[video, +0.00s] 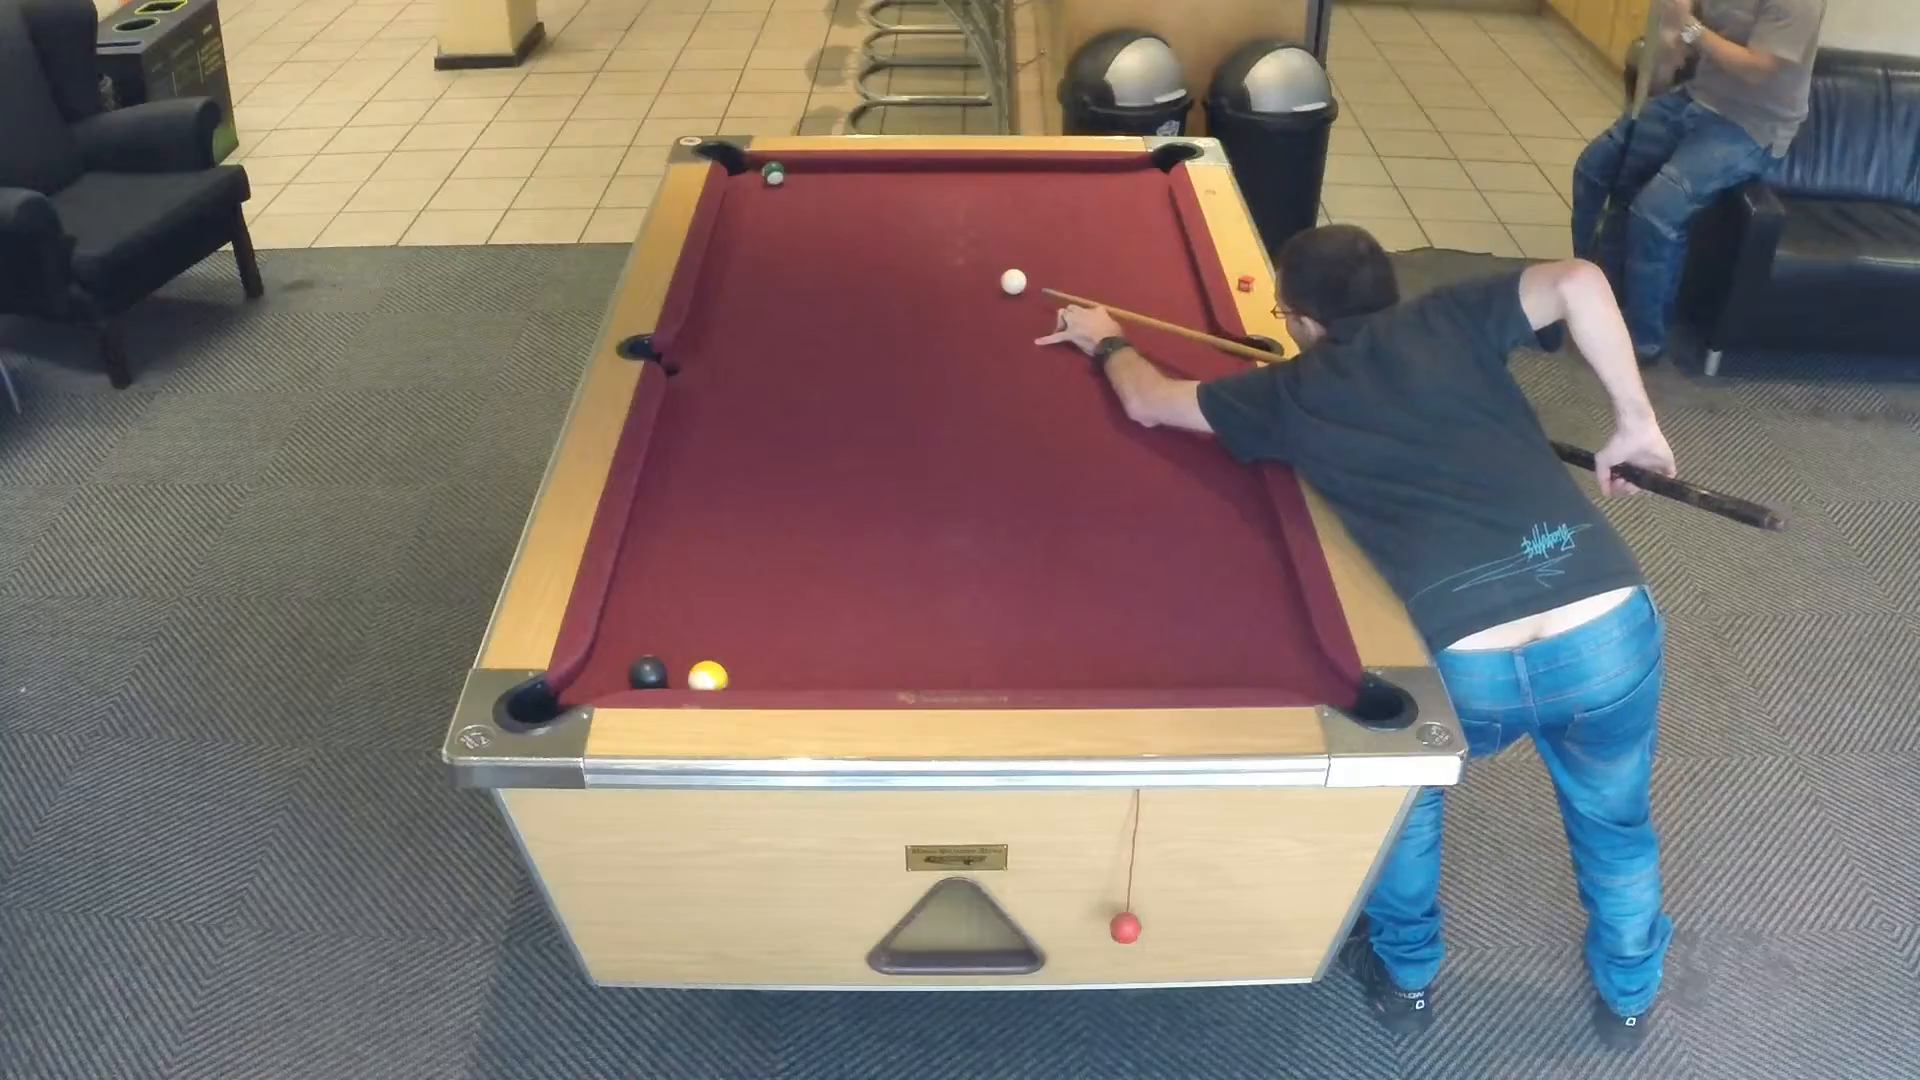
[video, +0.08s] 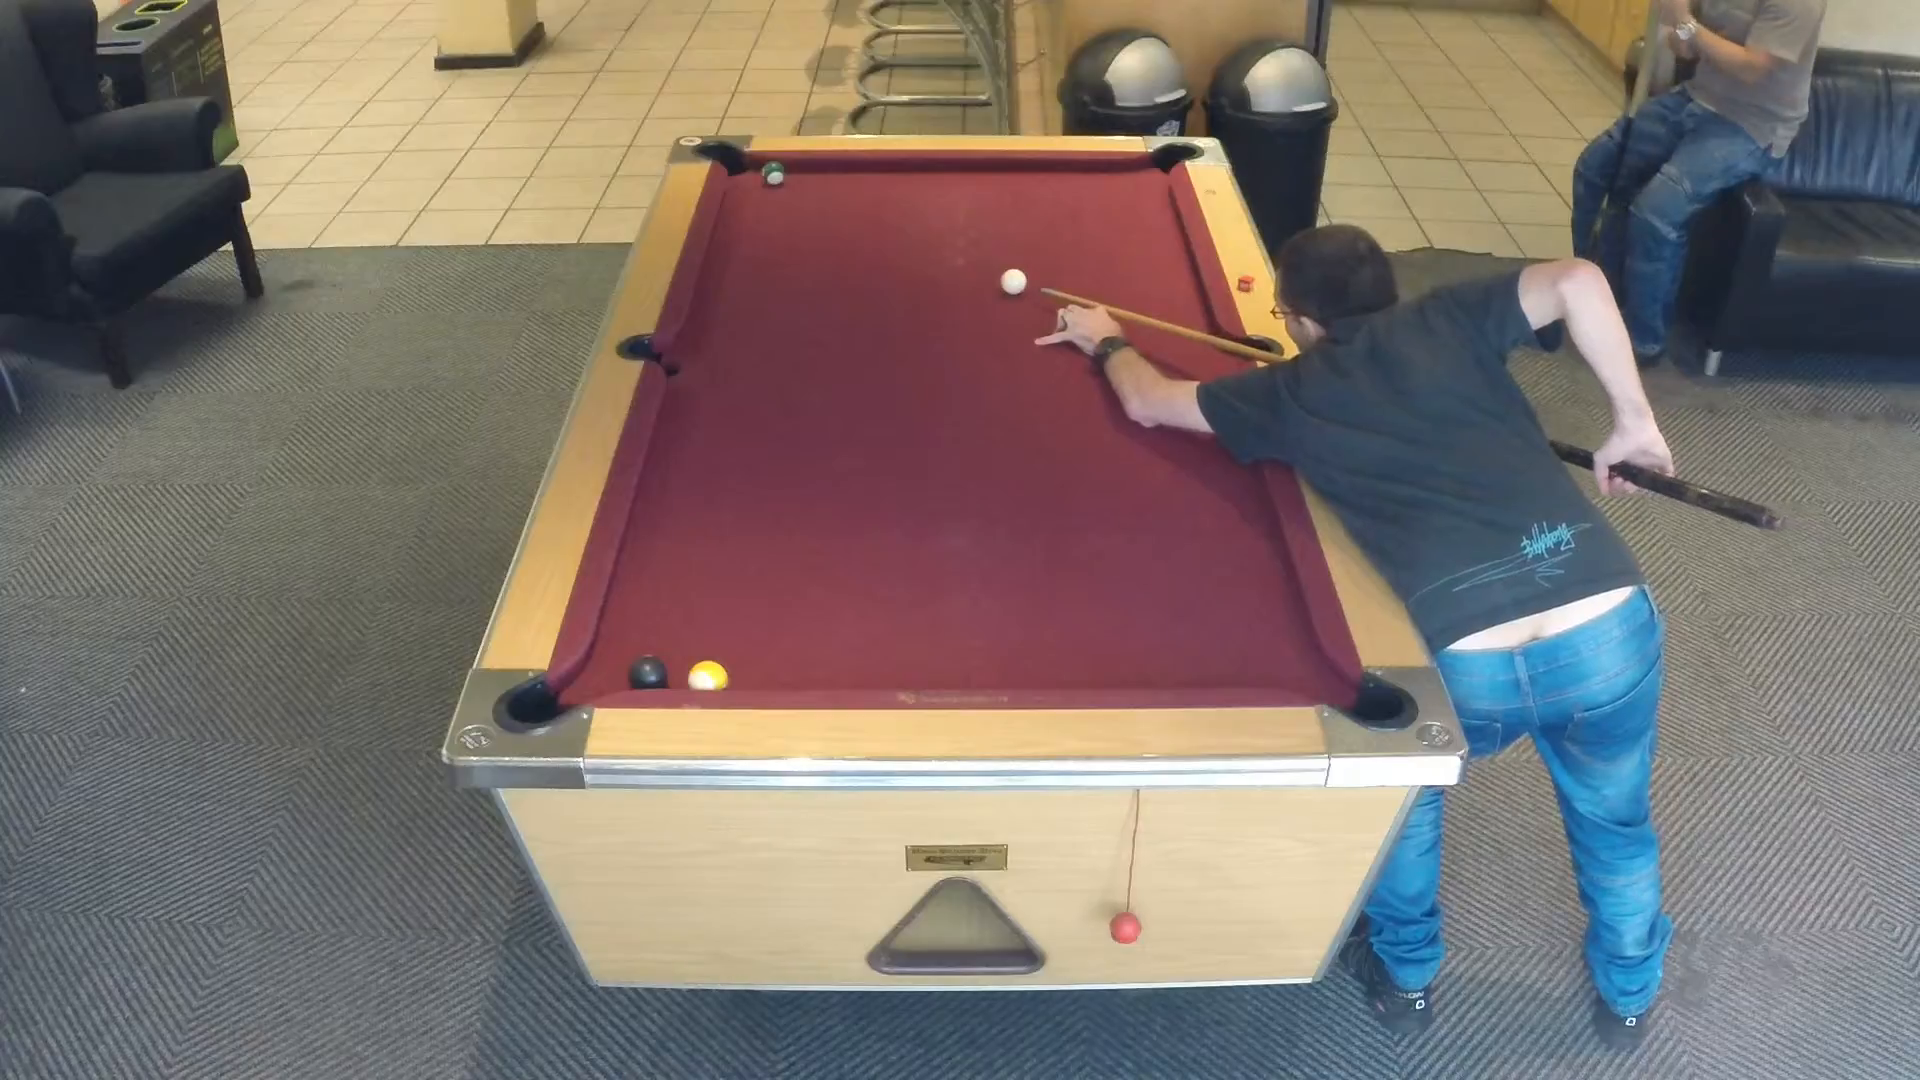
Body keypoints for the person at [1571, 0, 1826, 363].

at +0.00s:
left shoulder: (1797, 6)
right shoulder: (1712, 6)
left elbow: (1758, 69)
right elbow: (1657, 78)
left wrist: (1689, 26)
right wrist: (1669, 37)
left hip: (1748, 127)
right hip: (1694, 101)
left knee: (1653, 211)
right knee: (1592, 170)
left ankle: (1643, 342)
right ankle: (1586, 300)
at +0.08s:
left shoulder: (1798, 6)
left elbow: (1753, 69)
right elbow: (1688, 49)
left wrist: (1687, 26)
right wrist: (1680, 17)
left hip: (1749, 127)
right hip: (1695, 100)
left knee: (1654, 211)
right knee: (1593, 169)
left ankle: (1644, 342)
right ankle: (1588, 300)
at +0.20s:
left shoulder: (1797, 6)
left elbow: (1750, 66)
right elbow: (1688, 47)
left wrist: (1683, 24)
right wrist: (1678, 16)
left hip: (1750, 126)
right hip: (1695, 99)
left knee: (1654, 211)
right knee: (1593, 169)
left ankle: (1644, 341)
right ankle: (1587, 301)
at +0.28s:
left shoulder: (1797, 6)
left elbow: (1749, 67)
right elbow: (1688, 47)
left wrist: (1682, 22)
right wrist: (1677, 15)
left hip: (1750, 126)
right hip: (1695, 98)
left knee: (1654, 211)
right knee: (1593, 168)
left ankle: (1644, 341)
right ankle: (1589, 300)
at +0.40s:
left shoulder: (1797, 6)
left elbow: (1748, 67)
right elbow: (1689, 49)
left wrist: (1682, 19)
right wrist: (1679, 13)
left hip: (1750, 126)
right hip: (1695, 98)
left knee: (1654, 211)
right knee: (1593, 168)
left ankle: (1643, 341)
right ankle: (1588, 301)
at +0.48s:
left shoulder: (1796, 6)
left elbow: (1748, 66)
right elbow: (1693, 46)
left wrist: (1683, 19)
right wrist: (1682, 20)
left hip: (1750, 126)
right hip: (1695, 97)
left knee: (1654, 211)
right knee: (1593, 169)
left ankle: (1643, 341)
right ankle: (1589, 301)